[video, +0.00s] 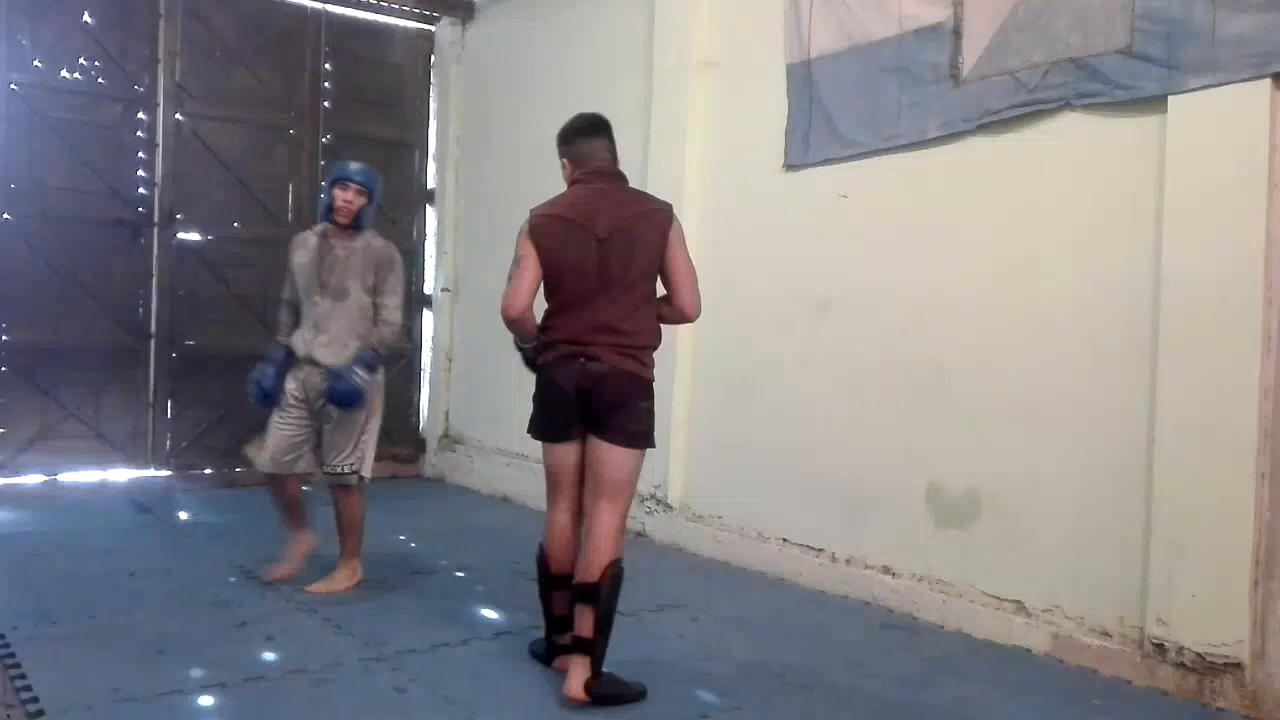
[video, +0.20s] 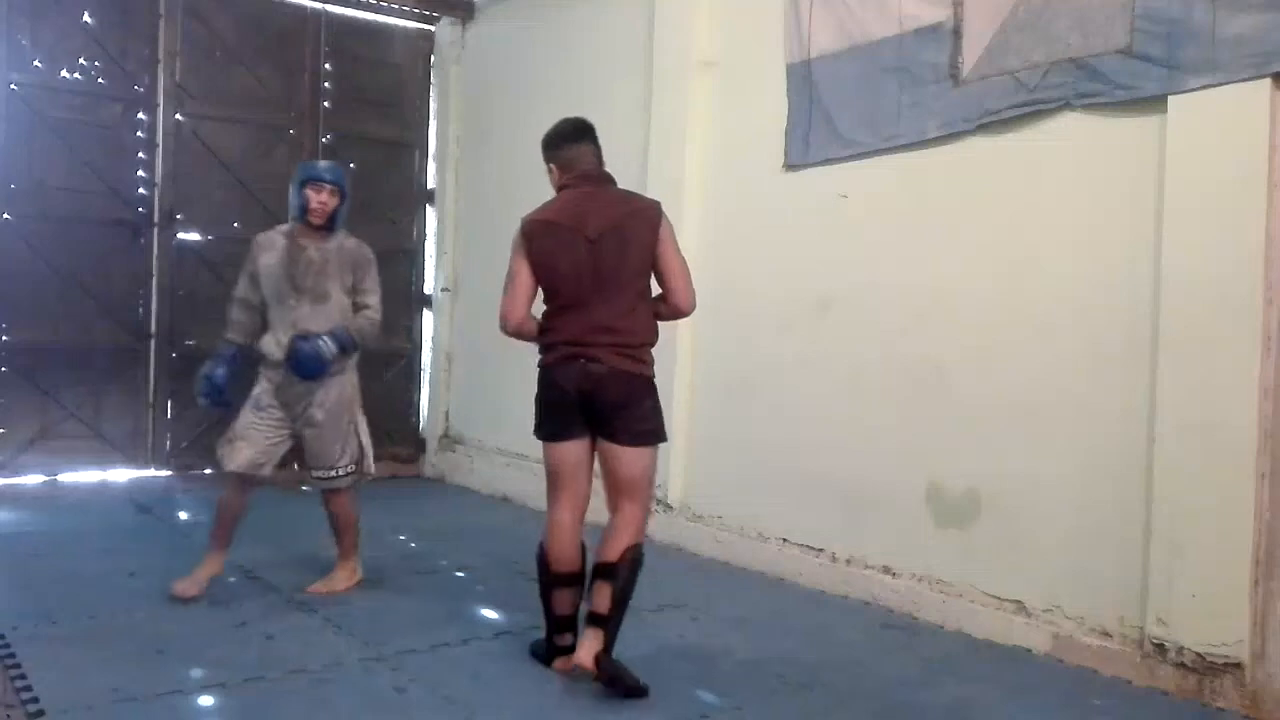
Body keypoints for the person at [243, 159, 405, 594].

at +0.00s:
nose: (347, 199)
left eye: (357, 193)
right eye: (341, 188)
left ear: (368, 202)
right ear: (328, 193)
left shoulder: (382, 254)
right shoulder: (303, 245)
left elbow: (390, 324)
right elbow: (290, 311)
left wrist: (361, 367)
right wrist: (276, 361)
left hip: (352, 379)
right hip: (302, 373)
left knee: (343, 473)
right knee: (275, 461)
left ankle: (349, 567)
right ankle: (299, 536)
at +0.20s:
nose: (322, 200)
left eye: (331, 194)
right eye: (315, 190)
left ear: (340, 202)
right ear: (299, 193)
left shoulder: (355, 253)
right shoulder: (267, 246)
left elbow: (370, 316)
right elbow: (246, 310)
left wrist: (333, 341)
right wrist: (229, 360)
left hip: (329, 382)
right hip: (273, 379)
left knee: (334, 476)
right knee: (239, 468)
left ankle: (348, 565)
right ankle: (214, 558)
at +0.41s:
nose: (286, 210)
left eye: (294, 203)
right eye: (278, 199)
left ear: (300, 213)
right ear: (256, 203)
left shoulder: (309, 268)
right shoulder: (215, 256)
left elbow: (330, 323)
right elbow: (189, 323)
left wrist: (320, 357)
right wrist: (175, 383)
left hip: (283, 395)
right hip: (220, 393)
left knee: (301, 488)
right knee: (195, 491)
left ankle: (340, 562)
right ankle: (191, 578)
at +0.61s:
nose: (270, 169)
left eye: (276, 162)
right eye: (260, 160)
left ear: (281, 173)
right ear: (237, 163)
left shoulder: (282, 228)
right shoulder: (195, 210)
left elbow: (283, 281)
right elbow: (151, 262)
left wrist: (285, 307)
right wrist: (150, 322)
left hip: (258, 351)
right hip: (196, 350)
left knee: (282, 449)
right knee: (188, 466)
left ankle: (279, 533)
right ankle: (176, 564)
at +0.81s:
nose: (251, 196)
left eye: (255, 188)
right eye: (241, 186)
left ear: (258, 198)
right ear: (215, 190)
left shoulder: (253, 250)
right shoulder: (182, 239)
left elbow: (262, 305)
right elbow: (112, 283)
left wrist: (270, 329)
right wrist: (128, 345)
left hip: (236, 383)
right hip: (181, 381)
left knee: (253, 472)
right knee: (175, 488)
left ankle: (209, 549)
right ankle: (158, 580)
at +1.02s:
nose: (251, 166)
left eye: (254, 159)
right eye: (241, 157)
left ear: (255, 169)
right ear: (215, 161)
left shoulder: (245, 221)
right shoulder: (179, 204)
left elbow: (230, 280)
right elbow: (136, 265)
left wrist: (254, 299)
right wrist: (192, 305)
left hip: (236, 350)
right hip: (186, 351)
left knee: (219, 459)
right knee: (175, 461)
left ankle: (191, 546)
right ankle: (152, 564)